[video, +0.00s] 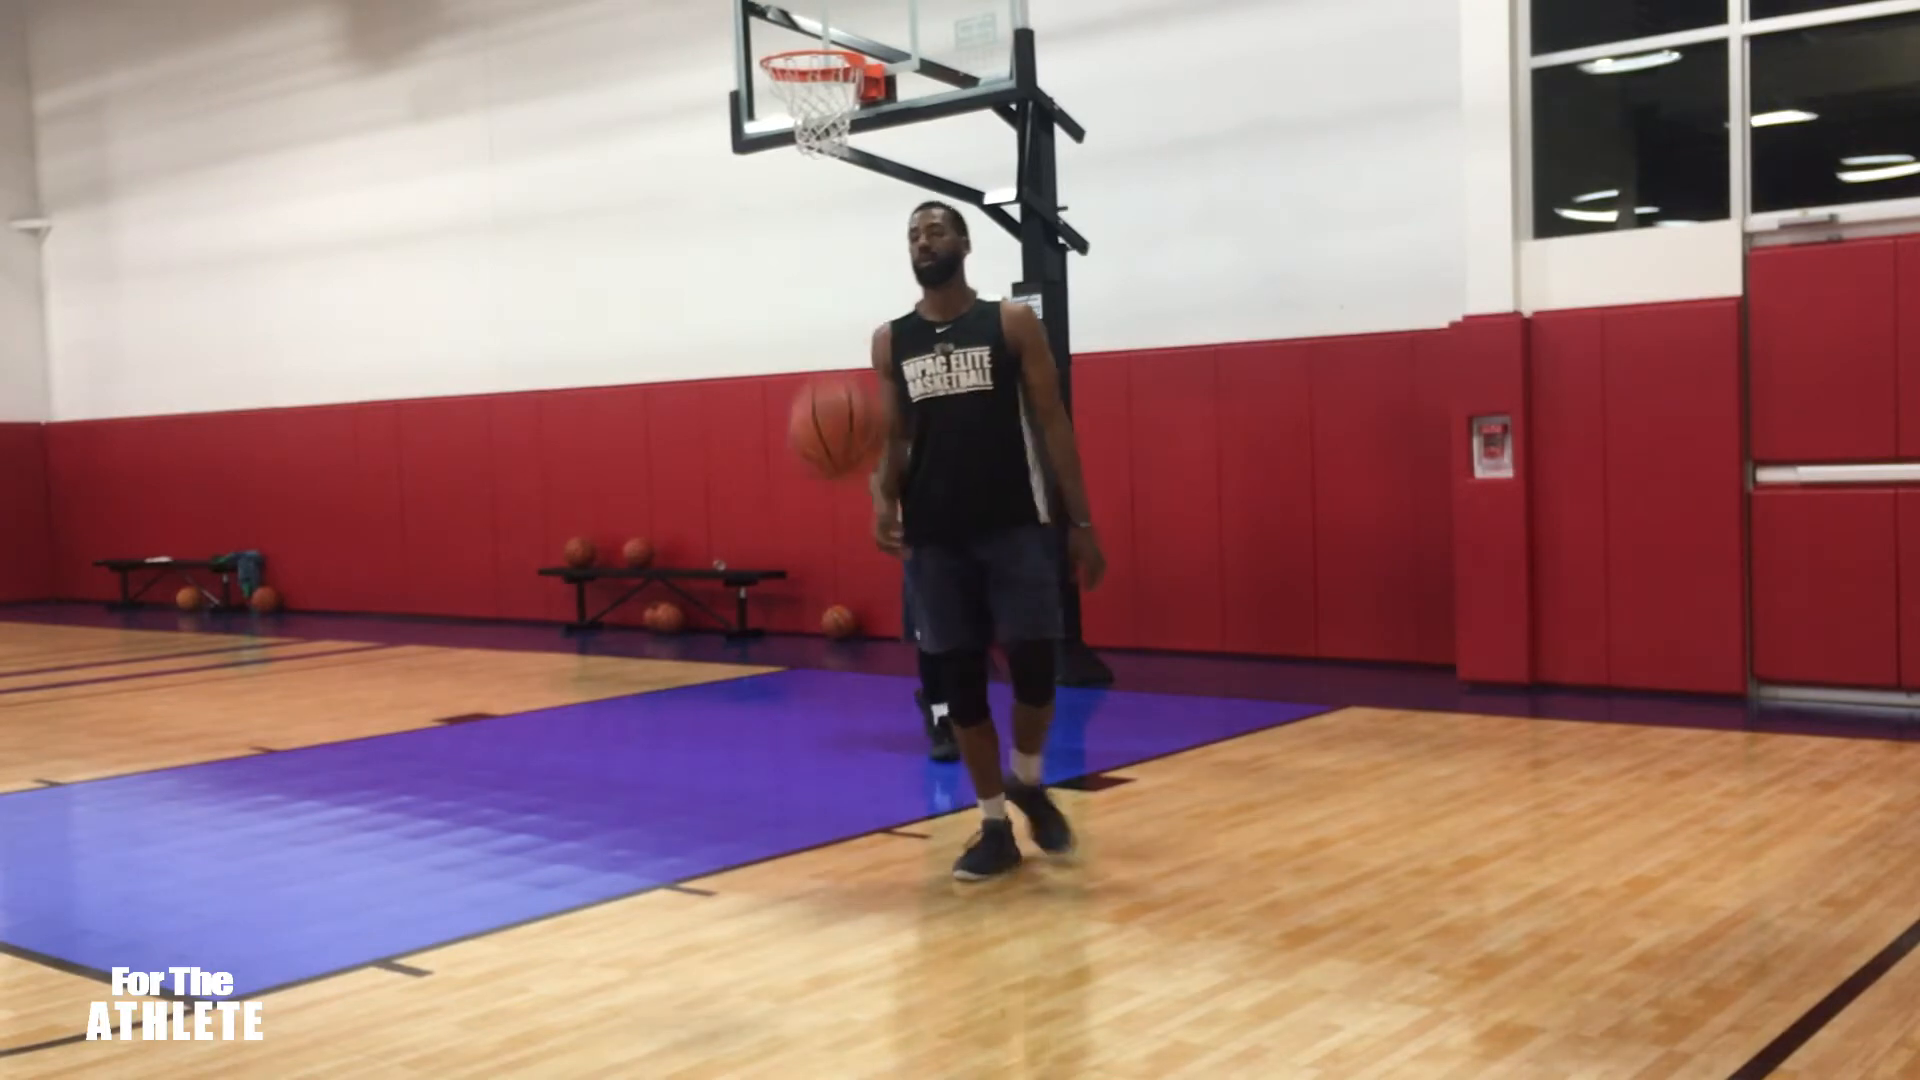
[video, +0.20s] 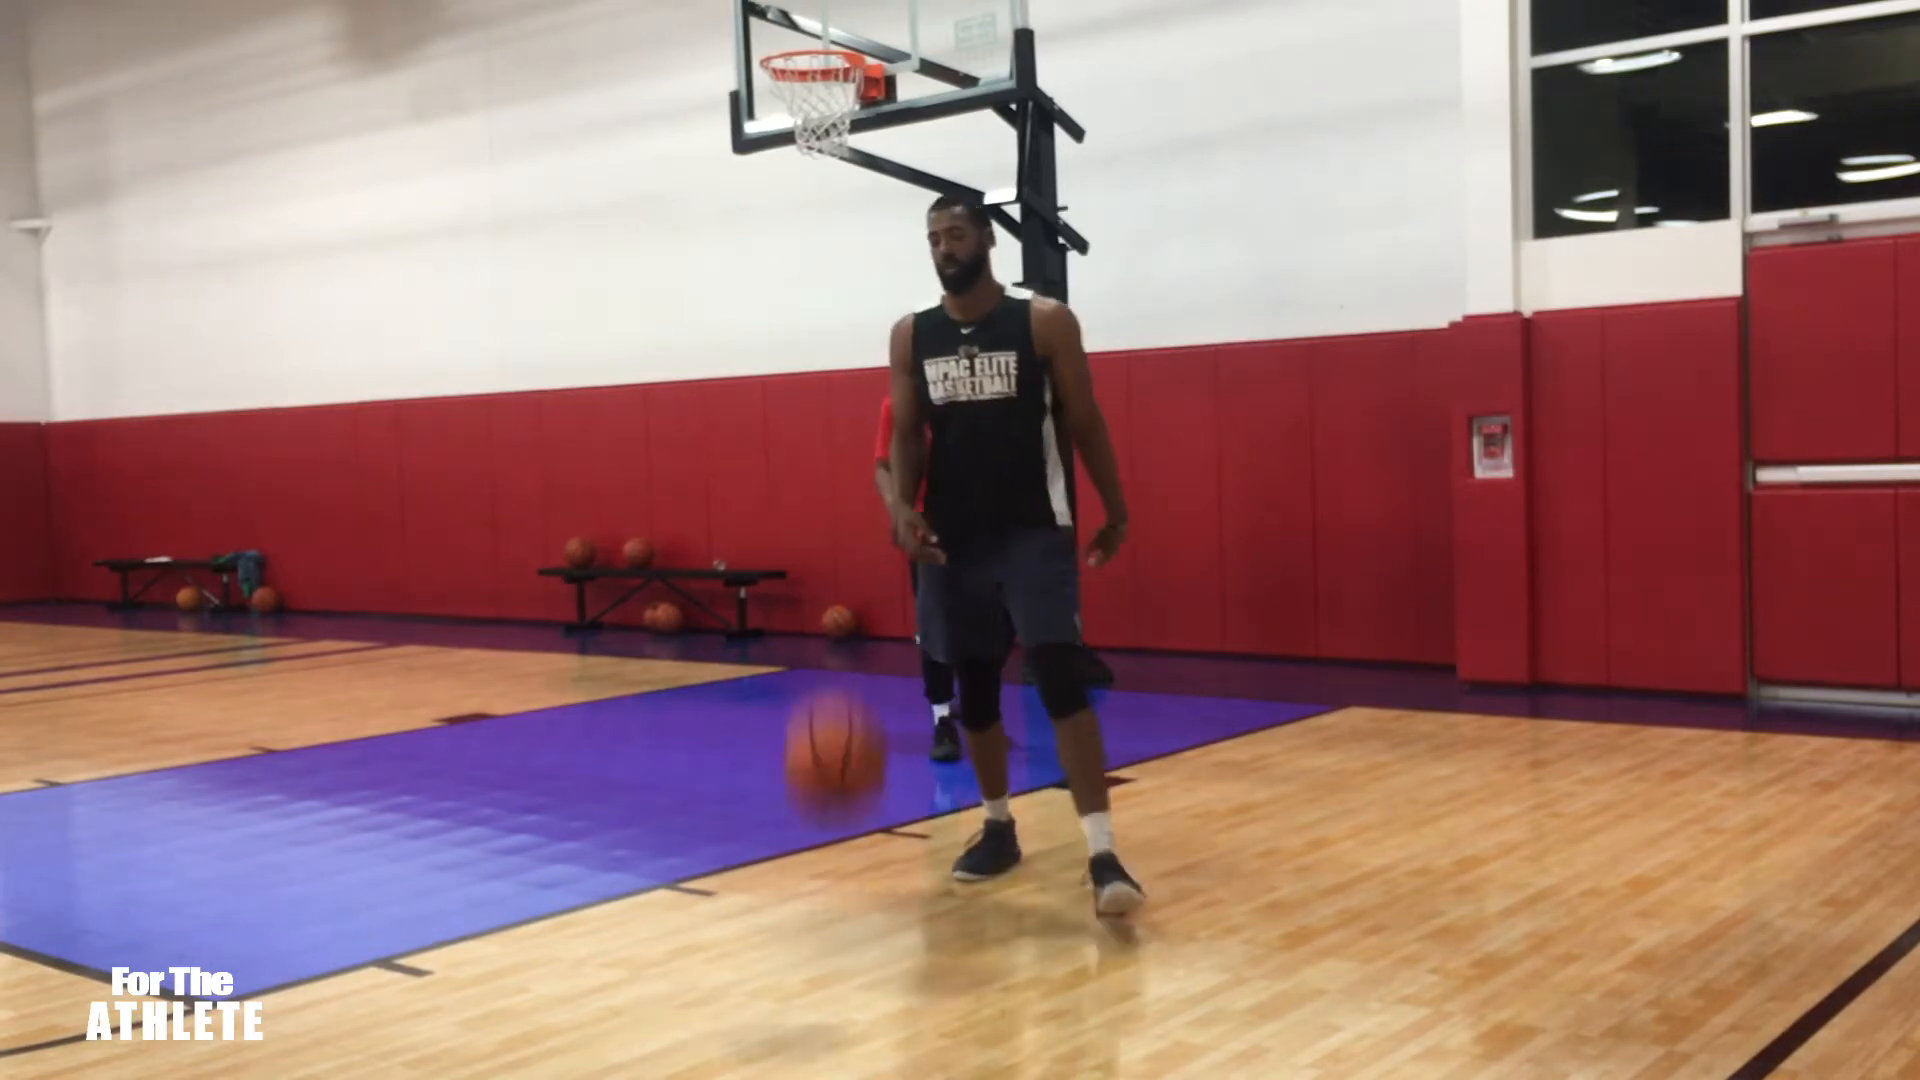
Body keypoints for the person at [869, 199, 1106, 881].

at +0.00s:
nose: (927, 239)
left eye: (939, 229)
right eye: (917, 233)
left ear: (966, 245)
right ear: (908, 254)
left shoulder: (1014, 322)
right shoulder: (892, 341)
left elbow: (1051, 423)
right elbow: (894, 436)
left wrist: (1080, 521)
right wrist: (885, 499)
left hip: (1015, 527)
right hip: (936, 538)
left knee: (1037, 667)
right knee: (959, 681)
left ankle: (1027, 781)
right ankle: (993, 824)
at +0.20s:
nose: (945, 246)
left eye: (956, 233)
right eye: (935, 237)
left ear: (987, 238)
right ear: (927, 249)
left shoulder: (1046, 322)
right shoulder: (912, 337)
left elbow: (1084, 423)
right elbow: (905, 436)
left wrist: (1116, 512)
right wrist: (902, 509)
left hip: (1035, 534)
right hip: (954, 540)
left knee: (1060, 679)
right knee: (974, 691)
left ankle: (1103, 857)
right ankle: (998, 829)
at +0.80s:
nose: (968, 227)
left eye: (978, 210)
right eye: (969, 214)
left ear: (1022, 214)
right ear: (1009, 223)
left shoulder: (1104, 295)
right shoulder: (976, 334)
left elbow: (1182, 393)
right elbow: (957, 455)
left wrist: (1119, 384)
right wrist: (890, 520)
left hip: (1090, 548)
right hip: (1003, 555)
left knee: (1098, 718)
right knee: (944, 711)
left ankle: (1188, 936)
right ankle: (957, 903)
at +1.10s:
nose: (1032, 245)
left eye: (1045, 230)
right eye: (1031, 236)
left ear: (1091, 239)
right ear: (1048, 254)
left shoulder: (1142, 308)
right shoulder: (1040, 352)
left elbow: (1179, 400)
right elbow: (1010, 473)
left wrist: (1098, 282)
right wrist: (921, 407)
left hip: (1076, 562)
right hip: (998, 562)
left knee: (1075, 742)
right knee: (927, 724)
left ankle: (1192, 948)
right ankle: (957, 905)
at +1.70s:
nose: (924, 283)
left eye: (933, 266)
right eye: (921, 268)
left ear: (980, 263)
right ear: (964, 268)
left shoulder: (1082, 320)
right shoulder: (949, 360)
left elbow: (1162, 423)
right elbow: (949, 479)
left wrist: (1075, 394)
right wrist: (953, 472)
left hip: (1122, 545)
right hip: (1021, 553)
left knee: (1171, 704)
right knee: (979, 708)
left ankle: (1229, 904)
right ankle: (985, 899)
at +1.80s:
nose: (940, 313)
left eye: (949, 298)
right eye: (937, 299)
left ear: (997, 293)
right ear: (966, 299)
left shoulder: (1094, 351)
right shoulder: (954, 381)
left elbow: (1167, 457)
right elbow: (959, 476)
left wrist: (1071, 489)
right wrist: (946, 549)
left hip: (1123, 545)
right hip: (1022, 552)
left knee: (1192, 692)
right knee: (984, 707)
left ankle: (1274, 879)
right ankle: (959, 897)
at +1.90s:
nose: (974, 353)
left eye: (985, 340)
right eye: (972, 341)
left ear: (1033, 339)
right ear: (985, 342)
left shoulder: (1113, 402)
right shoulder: (975, 417)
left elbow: (1169, 524)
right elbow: (970, 517)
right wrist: (953, 614)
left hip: (1131, 580)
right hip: (1031, 585)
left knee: (1224, 701)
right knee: (983, 713)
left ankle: (1295, 841)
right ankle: (955, 901)